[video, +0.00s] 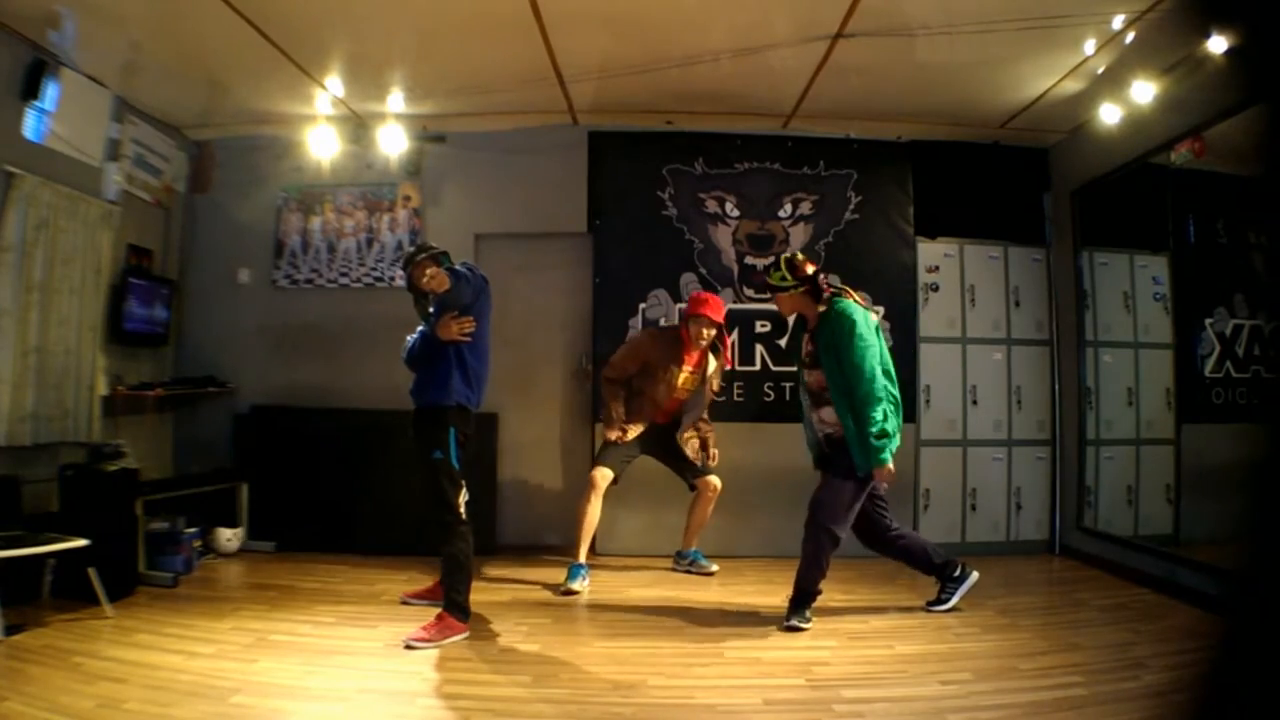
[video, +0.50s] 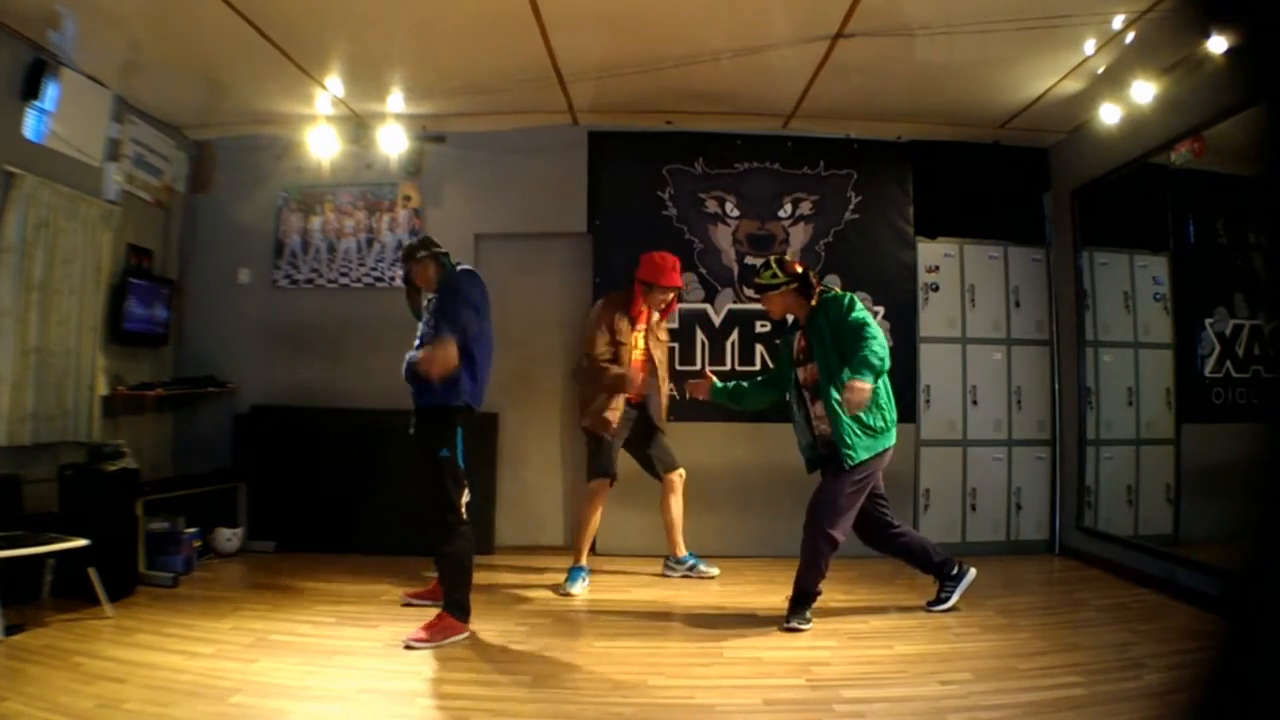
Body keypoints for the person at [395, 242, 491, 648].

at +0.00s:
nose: (428, 280)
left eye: (430, 271)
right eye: (420, 279)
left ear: (444, 264)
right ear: (417, 286)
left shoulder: (471, 280)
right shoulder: (434, 309)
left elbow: (455, 295)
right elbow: (411, 355)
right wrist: (434, 333)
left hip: (454, 406)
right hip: (431, 408)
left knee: (455, 508)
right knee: (442, 502)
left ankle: (455, 614)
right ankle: (447, 582)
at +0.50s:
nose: (415, 282)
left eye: (415, 272)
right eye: (411, 275)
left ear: (429, 263)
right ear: (426, 266)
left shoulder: (461, 285)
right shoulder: (445, 292)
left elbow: (445, 356)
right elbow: (424, 344)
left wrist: (412, 359)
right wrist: (427, 359)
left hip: (452, 413)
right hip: (435, 412)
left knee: (454, 509)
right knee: (439, 501)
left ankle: (456, 614)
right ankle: (445, 582)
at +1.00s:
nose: (439, 257)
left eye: (447, 250)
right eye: (434, 250)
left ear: (462, 251)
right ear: (426, 253)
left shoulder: (483, 292)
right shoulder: (408, 295)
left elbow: (499, 352)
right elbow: (393, 354)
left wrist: (503, 404)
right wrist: (402, 404)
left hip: (464, 405)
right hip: (424, 406)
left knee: (461, 497)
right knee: (432, 494)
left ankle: (462, 591)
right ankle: (444, 582)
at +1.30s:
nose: (470, 263)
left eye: (478, 255)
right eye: (463, 254)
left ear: (487, 257)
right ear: (447, 251)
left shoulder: (496, 302)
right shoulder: (416, 290)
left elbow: (502, 366)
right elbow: (393, 349)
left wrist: (494, 419)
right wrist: (394, 406)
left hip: (472, 413)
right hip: (427, 410)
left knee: (470, 505)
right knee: (433, 498)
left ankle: (470, 597)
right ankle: (447, 581)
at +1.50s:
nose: (484, 260)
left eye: (492, 252)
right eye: (477, 250)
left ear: (500, 256)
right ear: (459, 249)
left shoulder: (506, 305)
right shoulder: (425, 283)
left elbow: (511, 373)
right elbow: (395, 336)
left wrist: (502, 427)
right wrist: (388, 393)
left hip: (474, 411)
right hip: (428, 407)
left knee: (470, 505)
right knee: (432, 496)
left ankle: (469, 601)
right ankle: (445, 577)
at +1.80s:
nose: (474, 235)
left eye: (482, 228)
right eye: (467, 227)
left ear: (496, 237)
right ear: (454, 233)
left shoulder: (508, 296)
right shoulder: (435, 282)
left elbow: (518, 367)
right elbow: (421, 343)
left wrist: (505, 427)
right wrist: (411, 400)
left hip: (476, 412)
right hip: (431, 408)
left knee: (472, 506)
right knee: (399, 489)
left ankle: (466, 604)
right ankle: (419, 571)